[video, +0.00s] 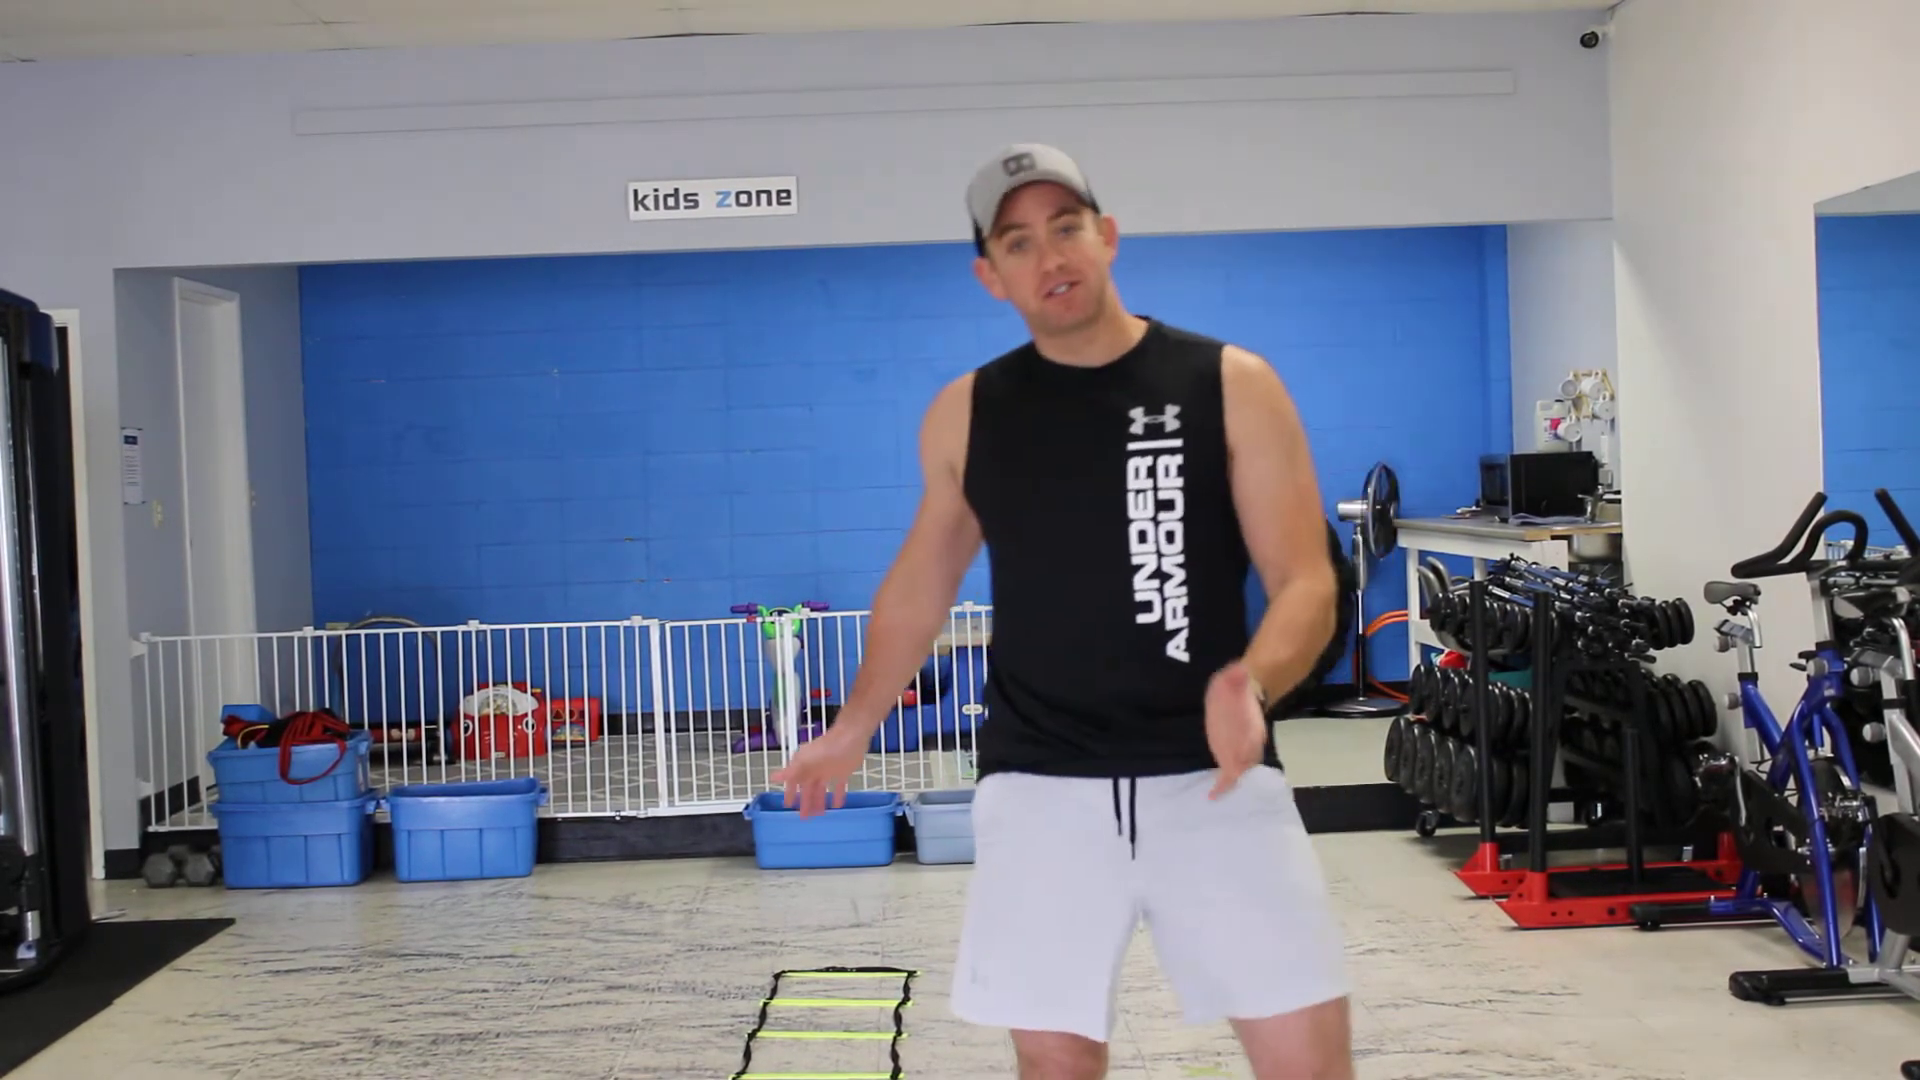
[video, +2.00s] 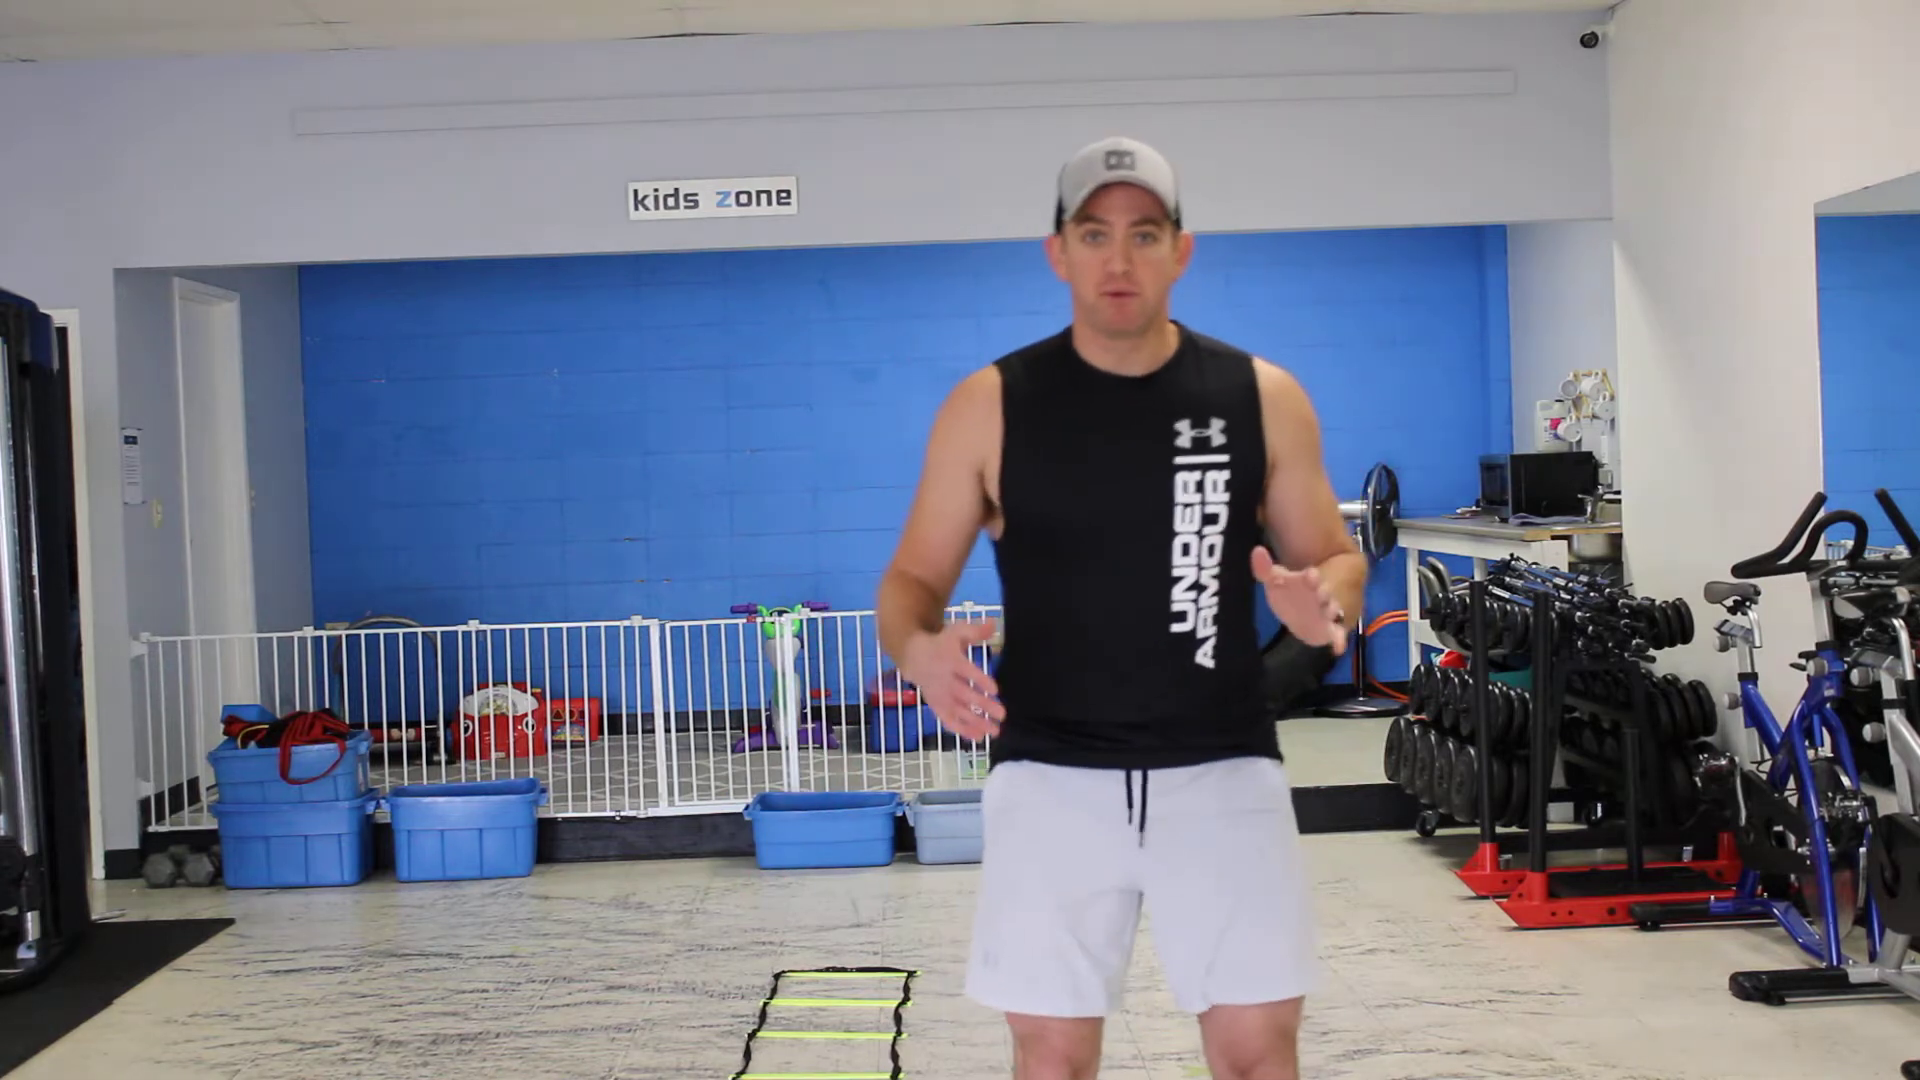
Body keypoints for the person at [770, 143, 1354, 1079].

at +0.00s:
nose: (1051, 254)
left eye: (1067, 227)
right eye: (1019, 241)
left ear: (1108, 235)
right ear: (990, 276)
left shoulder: (1231, 387)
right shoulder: (967, 414)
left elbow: (1307, 583)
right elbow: (920, 586)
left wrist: (1250, 677)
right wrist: (850, 730)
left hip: (1222, 789)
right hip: (1041, 799)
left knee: (1310, 1062)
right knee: (1055, 1065)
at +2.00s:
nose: (1120, 258)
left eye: (1145, 233)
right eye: (1095, 233)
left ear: (1181, 252)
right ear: (1058, 253)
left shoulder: (1264, 399)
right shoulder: (989, 407)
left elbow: (1333, 555)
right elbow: (913, 582)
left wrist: (1318, 608)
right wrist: (918, 648)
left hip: (1225, 778)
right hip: (1051, 785)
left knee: (1258, 1056)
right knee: (1052, 1060)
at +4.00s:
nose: (999, 438)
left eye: (1022, 409)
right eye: (973, 411)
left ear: (1062, 413)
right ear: (939, 419)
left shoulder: (1144, 532)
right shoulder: (878, 533)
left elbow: (1229, 743)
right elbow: (833, 647)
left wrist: (1142, 727)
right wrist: (876, 794)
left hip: (1142, 831)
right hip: (969, 838)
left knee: (1243, 1067)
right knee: (987, 1069)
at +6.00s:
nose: (1236, 414)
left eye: (1261, 384)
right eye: (1207, 387)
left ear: (1306, 394)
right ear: (1176, 404)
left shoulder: (1391, 513)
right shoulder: (1121, 514)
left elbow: (1478, 683)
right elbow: (1021, 574)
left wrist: (1416, 726)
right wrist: (1090, 721)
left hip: (1350, 817)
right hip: (1161, 828)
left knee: (1521, 1042)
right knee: (1116, 1069)